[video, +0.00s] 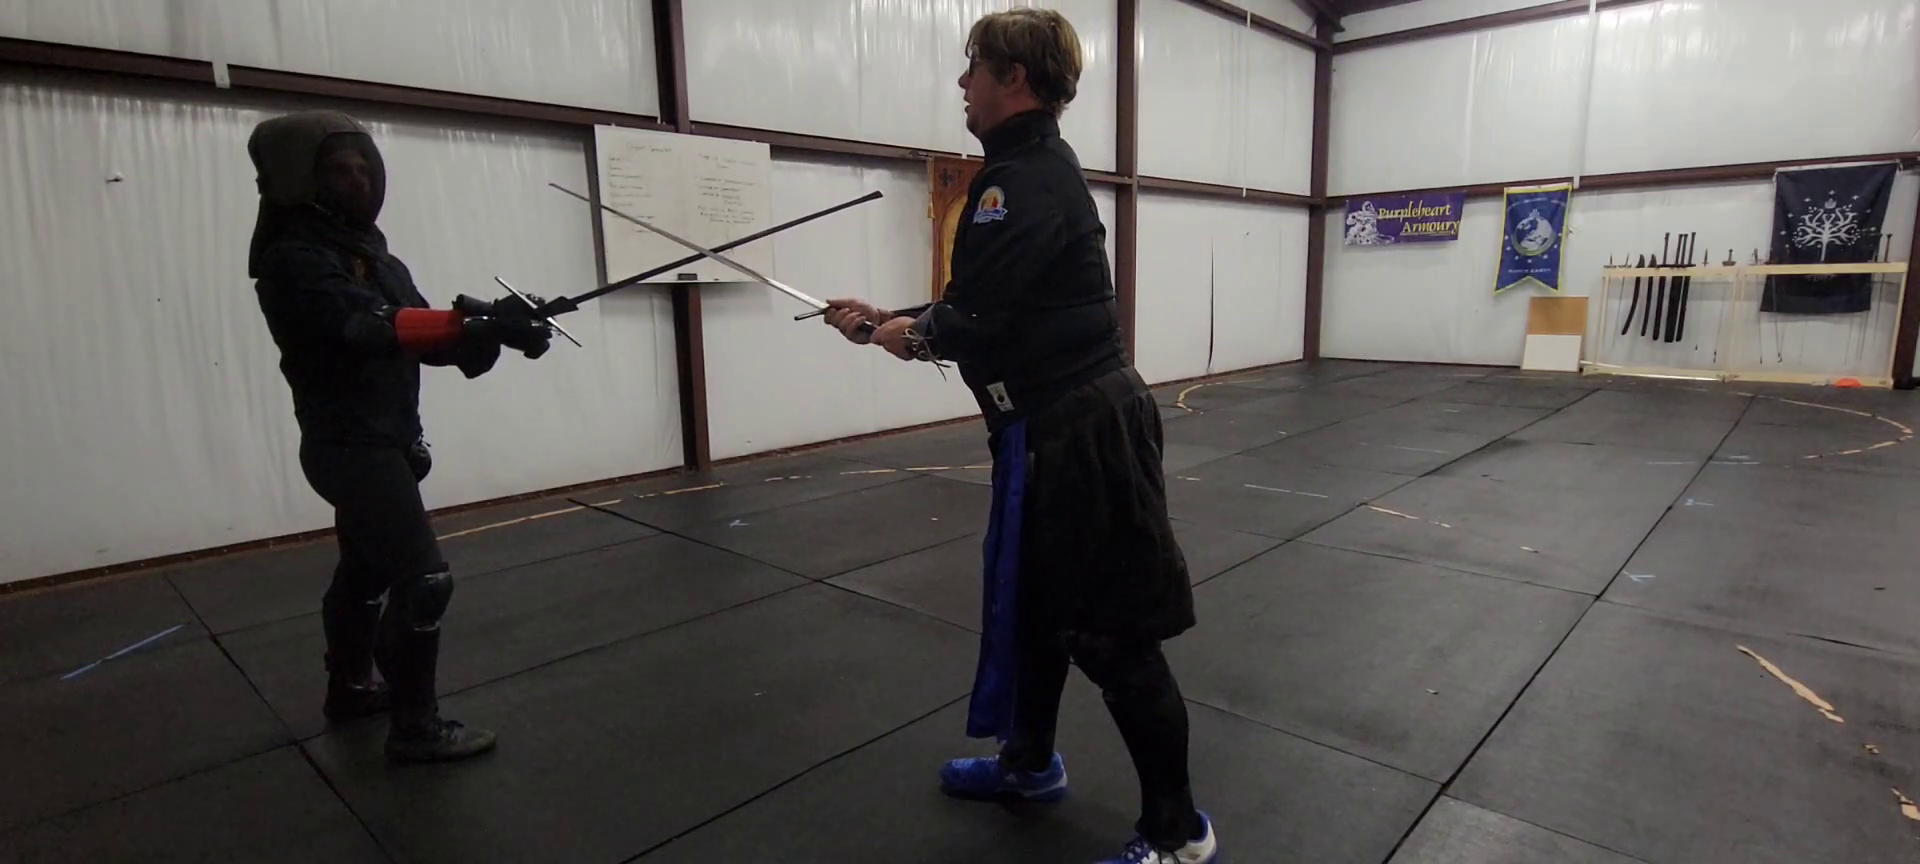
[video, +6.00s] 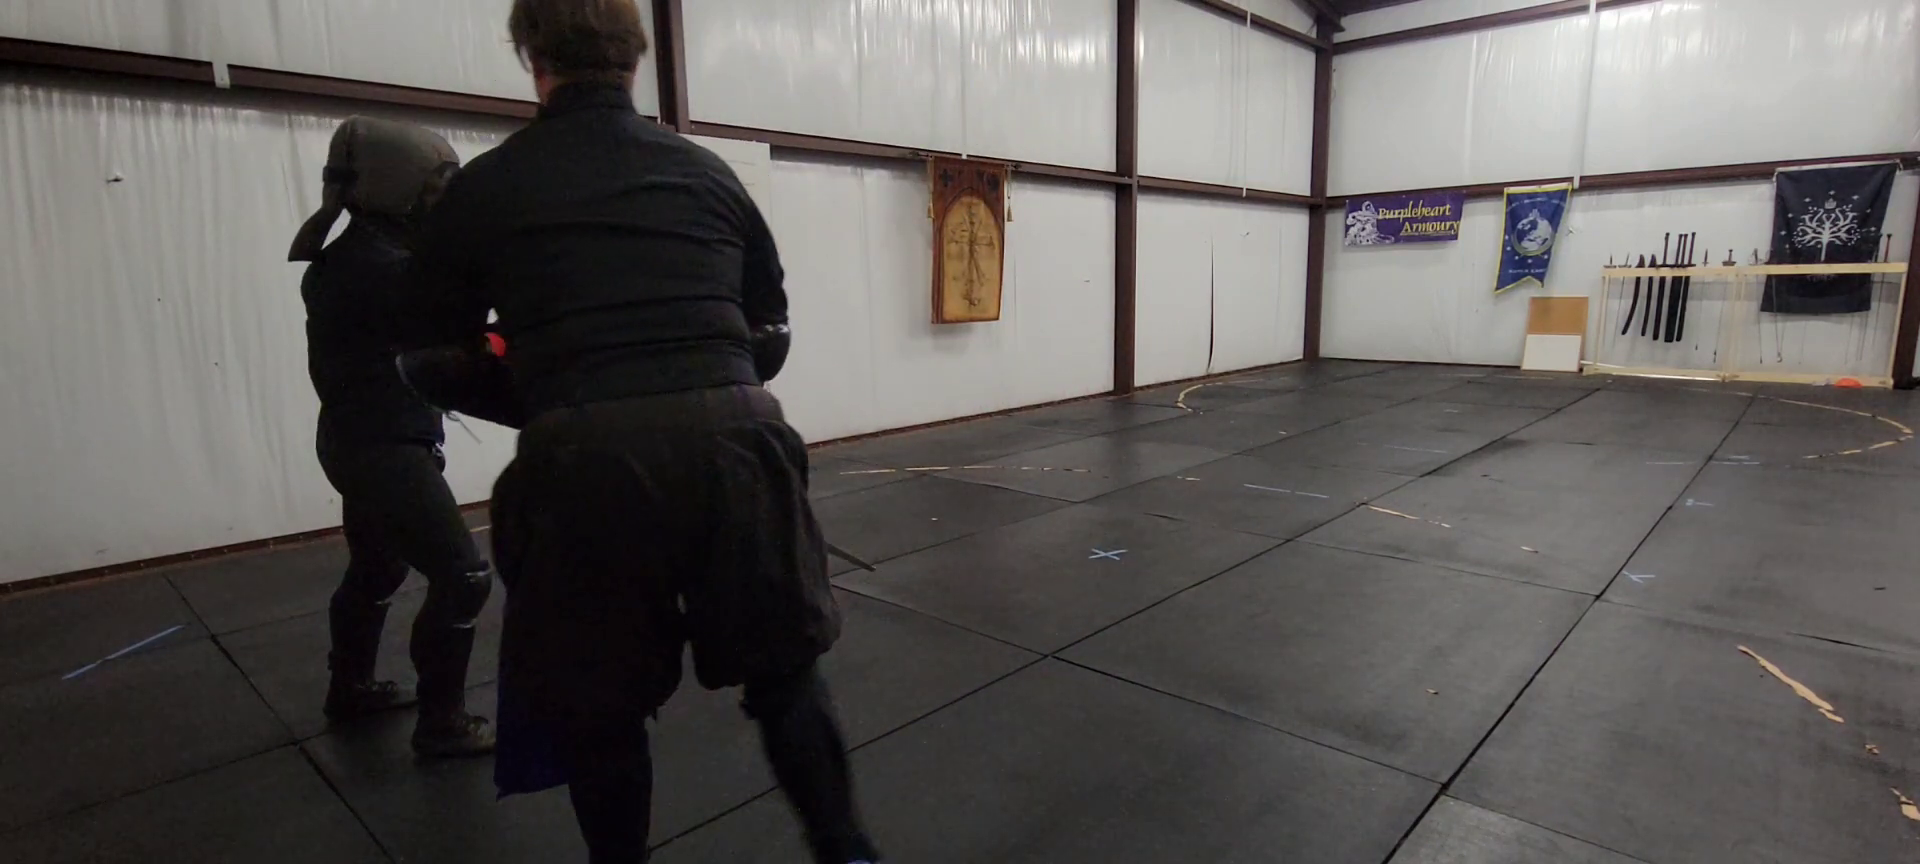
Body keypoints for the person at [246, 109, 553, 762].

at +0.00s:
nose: (357, 183)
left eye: (365, 170)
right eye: (340, 171)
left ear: (378, 178)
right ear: (308, 182)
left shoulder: (369, 250)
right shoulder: (293, 257)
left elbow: (411, 325)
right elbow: (360, 327)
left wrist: (476, 340)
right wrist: (472, 322)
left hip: (388, 443)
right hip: (352, 450)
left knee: (364, 572)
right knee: (422, 583)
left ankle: (350, 690)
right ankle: (416, 727)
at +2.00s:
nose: (368, 178)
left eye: (371, 165)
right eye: (350, 167)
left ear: (375, 172)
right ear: (311, 179)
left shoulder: (350, 246)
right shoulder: (304, 258)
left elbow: (393, 336)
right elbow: (381, 341)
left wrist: (466, 361)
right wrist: (493, 374)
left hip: (375, 441)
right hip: (352, 446)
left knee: (359, 571)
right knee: (409, 580)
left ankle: (349, 689)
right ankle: (416, 725)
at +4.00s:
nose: (355, 181)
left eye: (361, 169)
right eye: (339, 169)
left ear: (371, 179)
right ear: (308, 179)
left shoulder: (350, 245)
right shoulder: (292, 254)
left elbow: (393, 328)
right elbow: (364, 334)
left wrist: (466, 349)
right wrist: (478, 345)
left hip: (376, 439)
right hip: (343, 444)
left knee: (359, 569)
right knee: (392, 582)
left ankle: (349, 688)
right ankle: (411, 723)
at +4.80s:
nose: (362, 184)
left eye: (368, 171)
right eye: (345, 172)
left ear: (379, 179)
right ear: (314, 182)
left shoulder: (354, 246)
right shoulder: (304, 255)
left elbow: (391, 333)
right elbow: (359, 336)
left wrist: (433, 357)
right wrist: (433, 359)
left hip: (377, 438)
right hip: (349, 444)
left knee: (360, 569)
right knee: (394, 581)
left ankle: (349, 687)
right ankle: (408, 717)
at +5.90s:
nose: (432, 196)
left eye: (433, 183)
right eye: (422, 183)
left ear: (358, 189)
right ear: (389, 188)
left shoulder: (341, 256)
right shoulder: (374, 261)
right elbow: (423, 363)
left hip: (357, 443)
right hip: (382, 447)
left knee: (378, 568)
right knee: (447, 578)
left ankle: (350, 688)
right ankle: (441, 721)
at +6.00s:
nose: (448, 202)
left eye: (448, 187)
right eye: (440, 188)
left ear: (365, 190)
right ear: (411, 192)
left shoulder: (331, 264)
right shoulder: (399, 268)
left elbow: (333, 370)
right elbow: (447, 366)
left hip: (349, 443)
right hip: (393, 449)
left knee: (373, 571)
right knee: (462, 579)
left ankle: (350, 688)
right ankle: (442, 722)